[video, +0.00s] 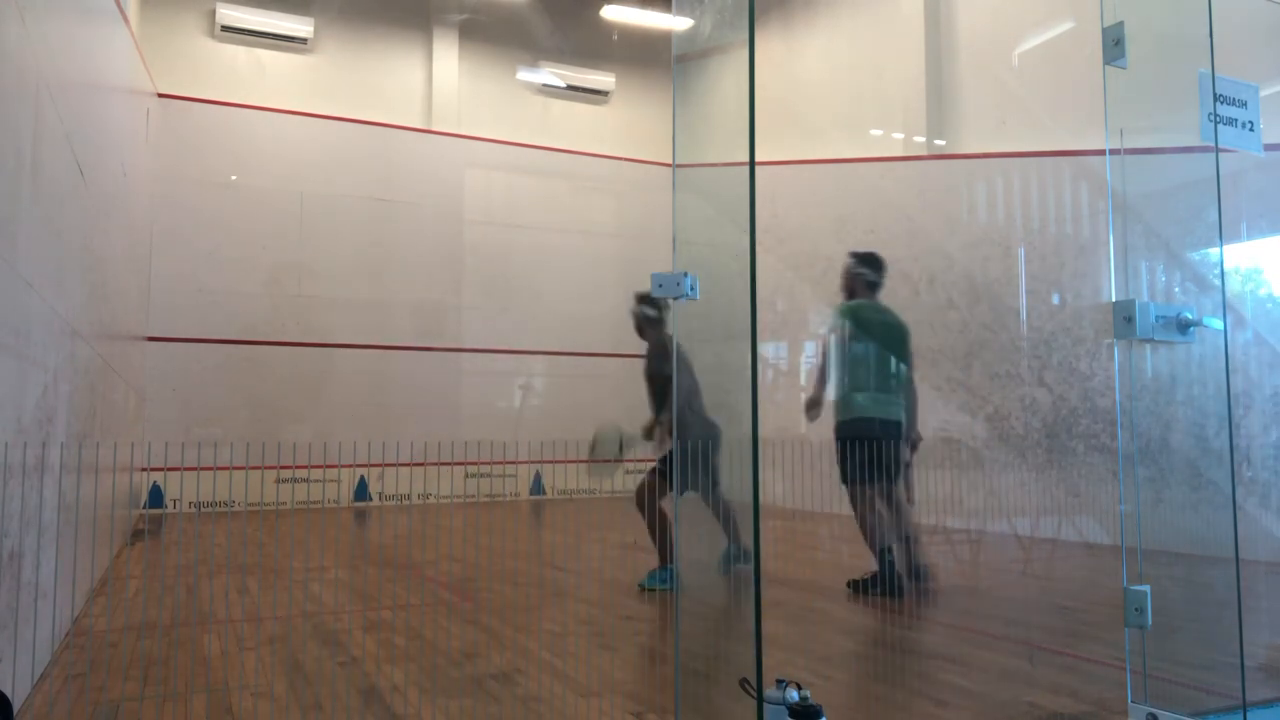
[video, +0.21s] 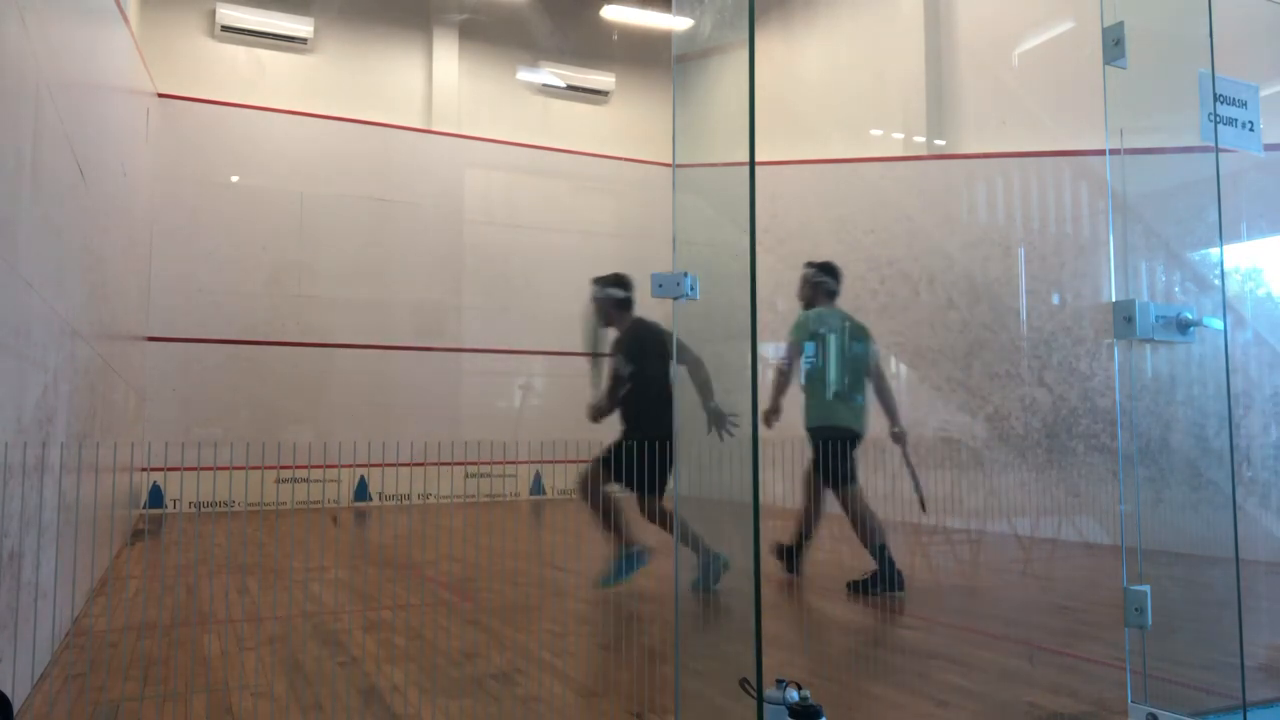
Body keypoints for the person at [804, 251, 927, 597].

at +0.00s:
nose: (841, 283)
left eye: (845, 277)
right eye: (844, 276)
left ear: (852, 280)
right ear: (878, 284)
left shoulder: (843, 315)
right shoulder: (897, 324)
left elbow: (826, 360)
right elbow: (908, 383)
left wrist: (815, 398)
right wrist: (912, 427)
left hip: (855, 423)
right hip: (893, 424)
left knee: (863, 501)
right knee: (894, 496)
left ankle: (887, 570)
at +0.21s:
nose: (798, 291)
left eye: (802, 284)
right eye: (800, 284)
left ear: (814, 288)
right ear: (832, 290)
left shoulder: (806, 321)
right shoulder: (857, 328)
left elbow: (786, 368)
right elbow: (878, 378)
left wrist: (774, 405)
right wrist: (896, 423)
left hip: (823, 425)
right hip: (852, 426)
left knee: (851, 500)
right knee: (814, 482)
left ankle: (887, 570)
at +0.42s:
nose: (760, 300)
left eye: (766, 294)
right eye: (762, 294)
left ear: (781, 300)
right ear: (793, 302)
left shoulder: (764, 335)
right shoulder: (815, 338)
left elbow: (743, 374)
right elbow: (838, 386)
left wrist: (730, 407)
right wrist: (853, 428)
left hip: (774, 431)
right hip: (803, 433)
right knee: (767, 495)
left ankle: (845, 540)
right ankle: (762, 554)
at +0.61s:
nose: (725, 296)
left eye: (730, 290)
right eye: (727, 290)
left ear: (744, 294)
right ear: (758, 294)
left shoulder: (734, 328)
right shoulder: (784, 331)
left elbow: (717, 369)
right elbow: (803, 379)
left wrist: (697, 406)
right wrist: (807, 416)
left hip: (742, 428)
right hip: (775, 430)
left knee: (712, 483)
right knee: (755, 485)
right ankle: (762, 553)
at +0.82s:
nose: (699, 290)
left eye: (703, 284)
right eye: (700, 283)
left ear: (715, 285)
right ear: (731, 287)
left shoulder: (705, 317)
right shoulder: (756, 321)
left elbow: (694, 357)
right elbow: (778, 368)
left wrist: (683, 401)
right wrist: (767, 402)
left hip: (706, 418)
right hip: (742, 422)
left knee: (676, 482)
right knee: (750, 487)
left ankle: (650, 545)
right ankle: (762, 550)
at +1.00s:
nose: (674, 309)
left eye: (675, 302)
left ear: (676, 306)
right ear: (702, 306)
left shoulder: (668, 338)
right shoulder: (718, 343)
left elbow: (650, 378)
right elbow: (739, 390)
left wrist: (633, 421)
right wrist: (715, 410)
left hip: (671, 436)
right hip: (708, 439)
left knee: (625, 480)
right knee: (727, 492)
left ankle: (620, 560)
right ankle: (755, 554)